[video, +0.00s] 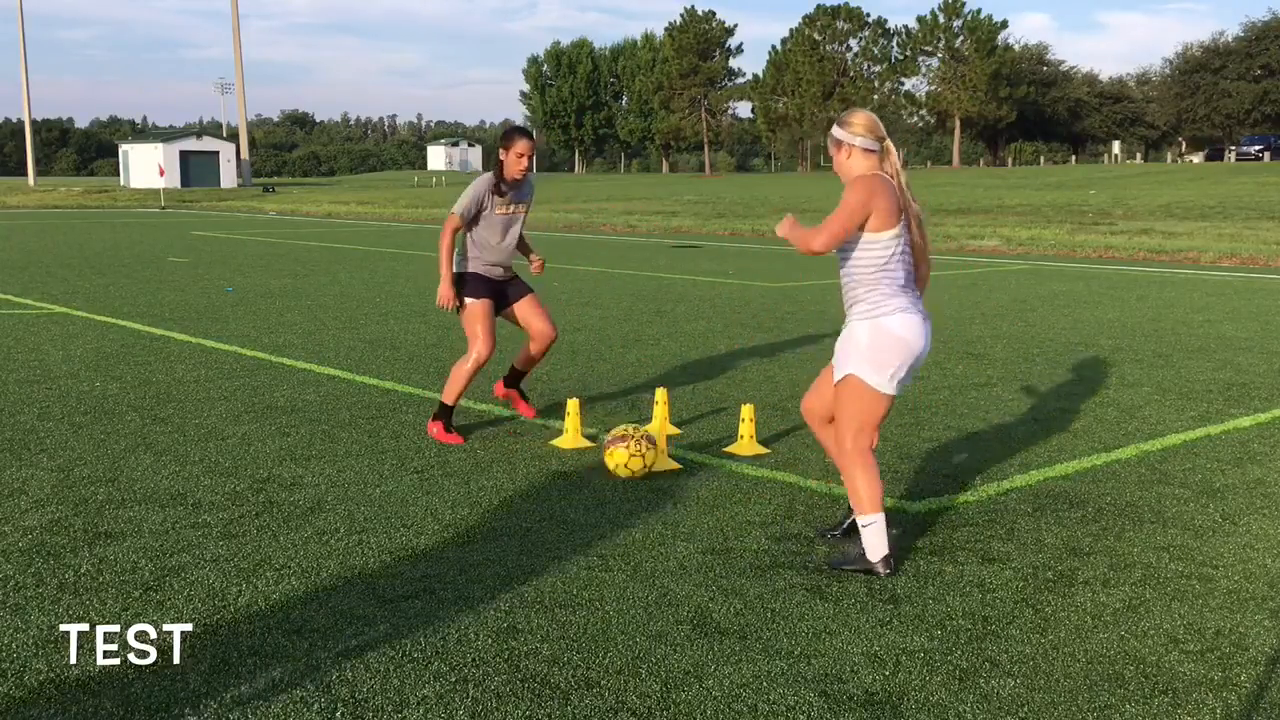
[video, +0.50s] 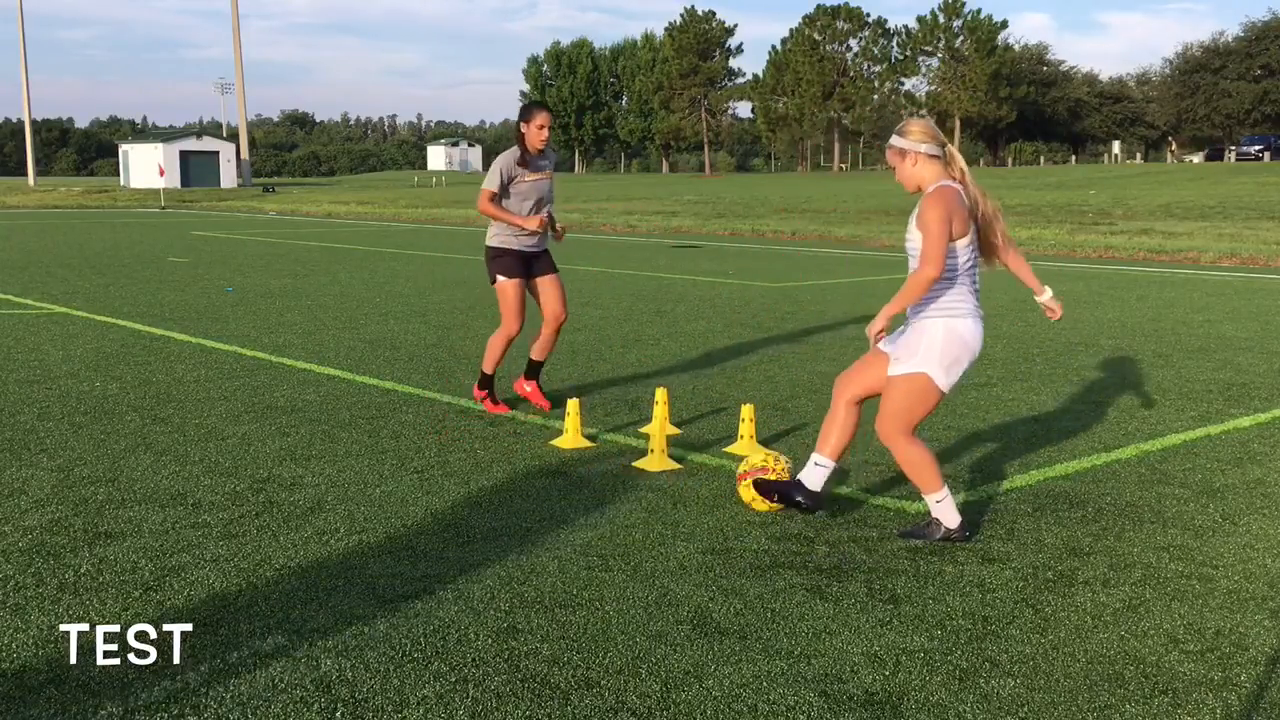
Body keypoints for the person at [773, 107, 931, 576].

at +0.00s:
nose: (832, 161)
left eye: (833, 152)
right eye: (832, 152)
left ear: (847, 149)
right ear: (873, 150)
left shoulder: (864, 187)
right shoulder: (894, 192)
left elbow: (821, 242)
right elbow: (921, 265)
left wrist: (792, 231)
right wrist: (901, 308)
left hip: (881, 327)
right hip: (901, 323)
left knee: (855, 440)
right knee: (815, 407)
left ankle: (877, 554)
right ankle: (865, 506)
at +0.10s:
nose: (849, 146)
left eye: (853, 137)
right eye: (849, 138)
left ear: (871, 136)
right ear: (888, 138)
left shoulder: (892, 165)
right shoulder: (901, 178)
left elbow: (819, 163)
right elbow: (917, 261)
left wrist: (818, 158)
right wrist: (868, 288)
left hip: (903, 319)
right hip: (890, 316)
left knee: (851, 423)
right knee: (840, 413)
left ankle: (882, 546)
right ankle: (872, 519)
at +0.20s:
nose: (870, 127)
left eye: (876, 113)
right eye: (870, 117)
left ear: (896, 117)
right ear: (913, 121)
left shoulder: (911, 148)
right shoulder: (924, 169)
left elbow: (881, 105)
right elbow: (947, 237)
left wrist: (845, 120)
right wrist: (940, 273)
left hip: (909, 303)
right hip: (890, 304)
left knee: (858, 411)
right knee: (844, 404)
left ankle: (931, 504)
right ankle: (871, 514)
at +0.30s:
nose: (879, 152)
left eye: (882, 143)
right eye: (879, 143)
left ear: (900, 138)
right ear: (919, 138)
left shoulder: (920, 157)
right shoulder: (941, 175)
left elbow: (906, 169)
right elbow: (981, 230)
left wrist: (869, 186)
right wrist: (1029, 257)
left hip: (924, 311)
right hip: (895, 311)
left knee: (896, 424)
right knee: (832, 392)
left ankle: (950, 523)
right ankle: (859, 503)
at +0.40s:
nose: (887, 168)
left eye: (889, 158)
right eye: (886, 159)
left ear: (909, 151)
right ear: (920, 150)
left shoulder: (928, 186)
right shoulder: (953, 190)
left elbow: (918, 243)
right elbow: (1001, 239)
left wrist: (869, 272)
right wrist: (1054, 270)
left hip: (938, 324)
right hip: (912, 320)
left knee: (891, 429)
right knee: (838, 390)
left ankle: (950, 522)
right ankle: (829, 500)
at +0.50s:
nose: (895, 177)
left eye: (895, 167)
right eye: (893, 168)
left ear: (915, 158)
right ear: (926, 157)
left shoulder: (937, 199)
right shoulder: (959, 195)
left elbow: (930, 271)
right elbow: (1003, 248)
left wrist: (887, 312)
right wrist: (1040, 290)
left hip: (946, 328)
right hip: (934, 326)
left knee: (893, 428)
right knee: (848, 386)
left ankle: (949, 521)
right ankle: (809, 486)